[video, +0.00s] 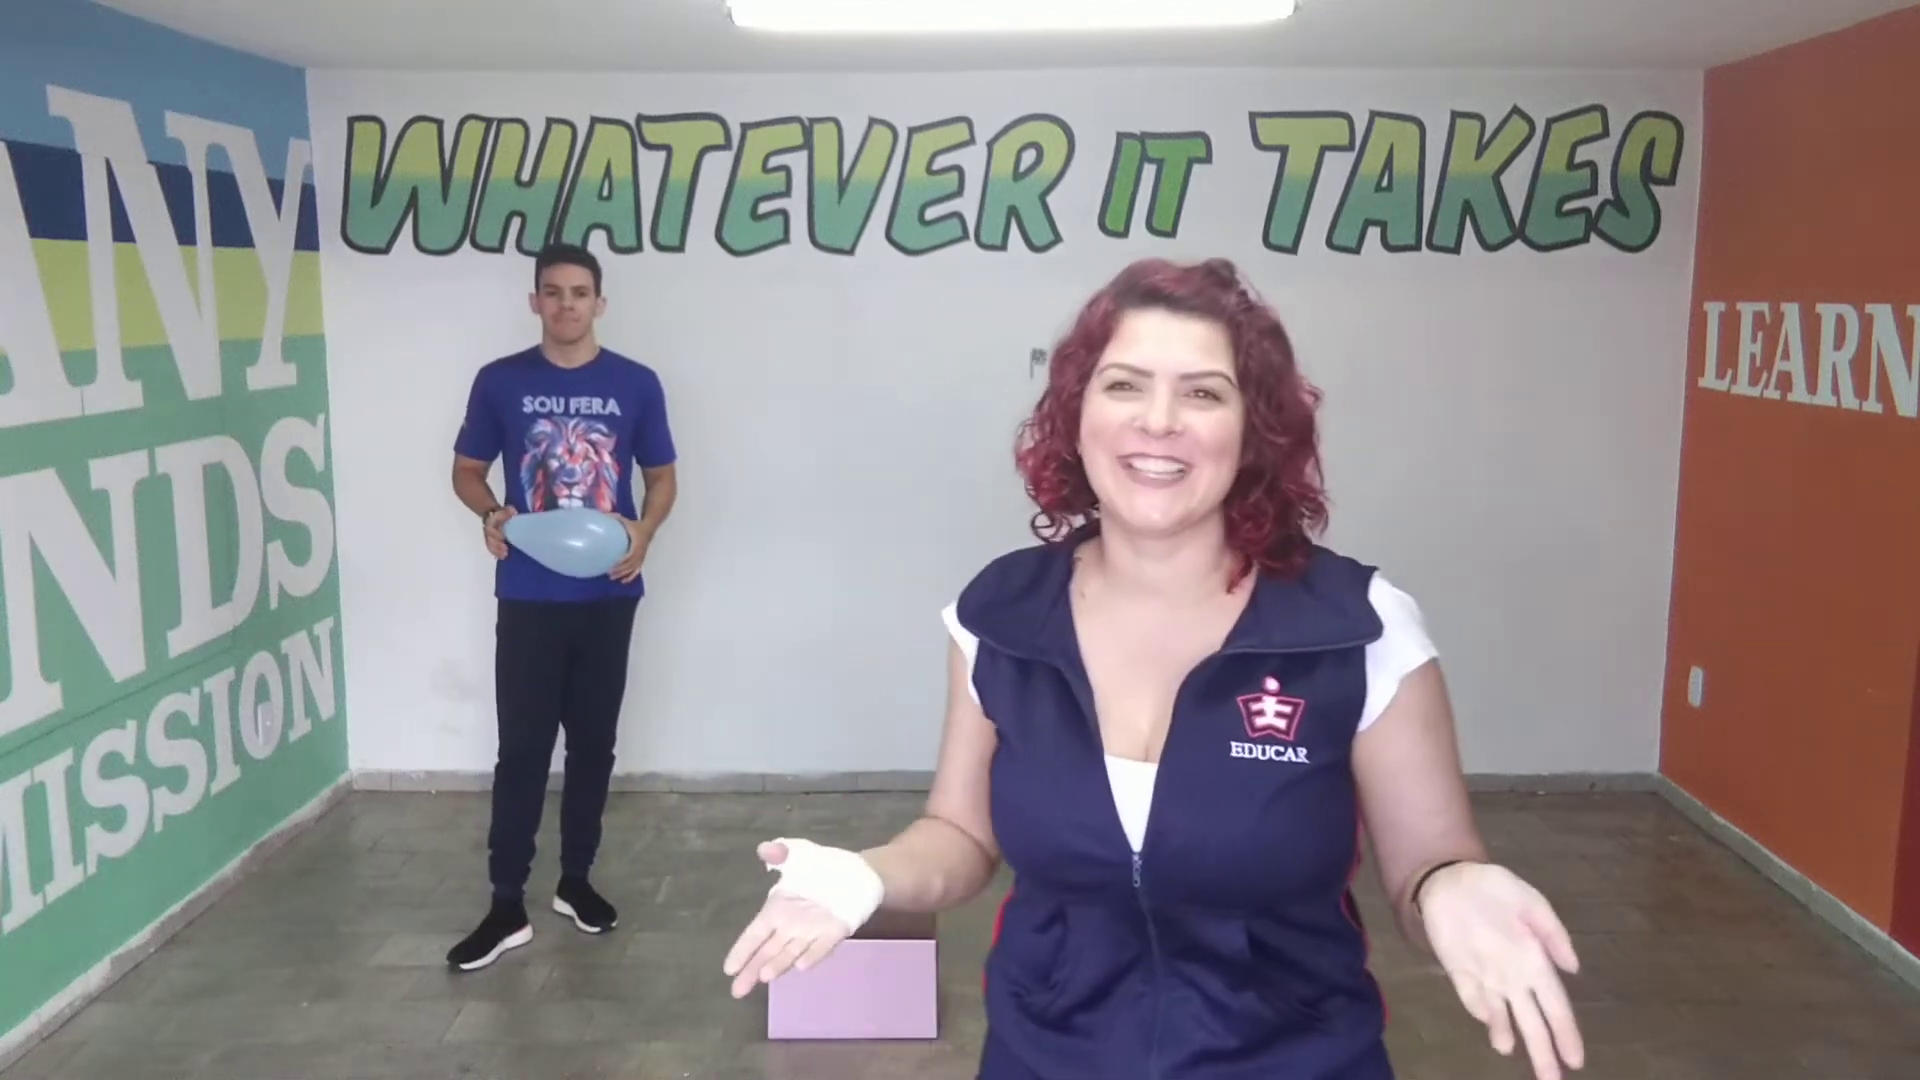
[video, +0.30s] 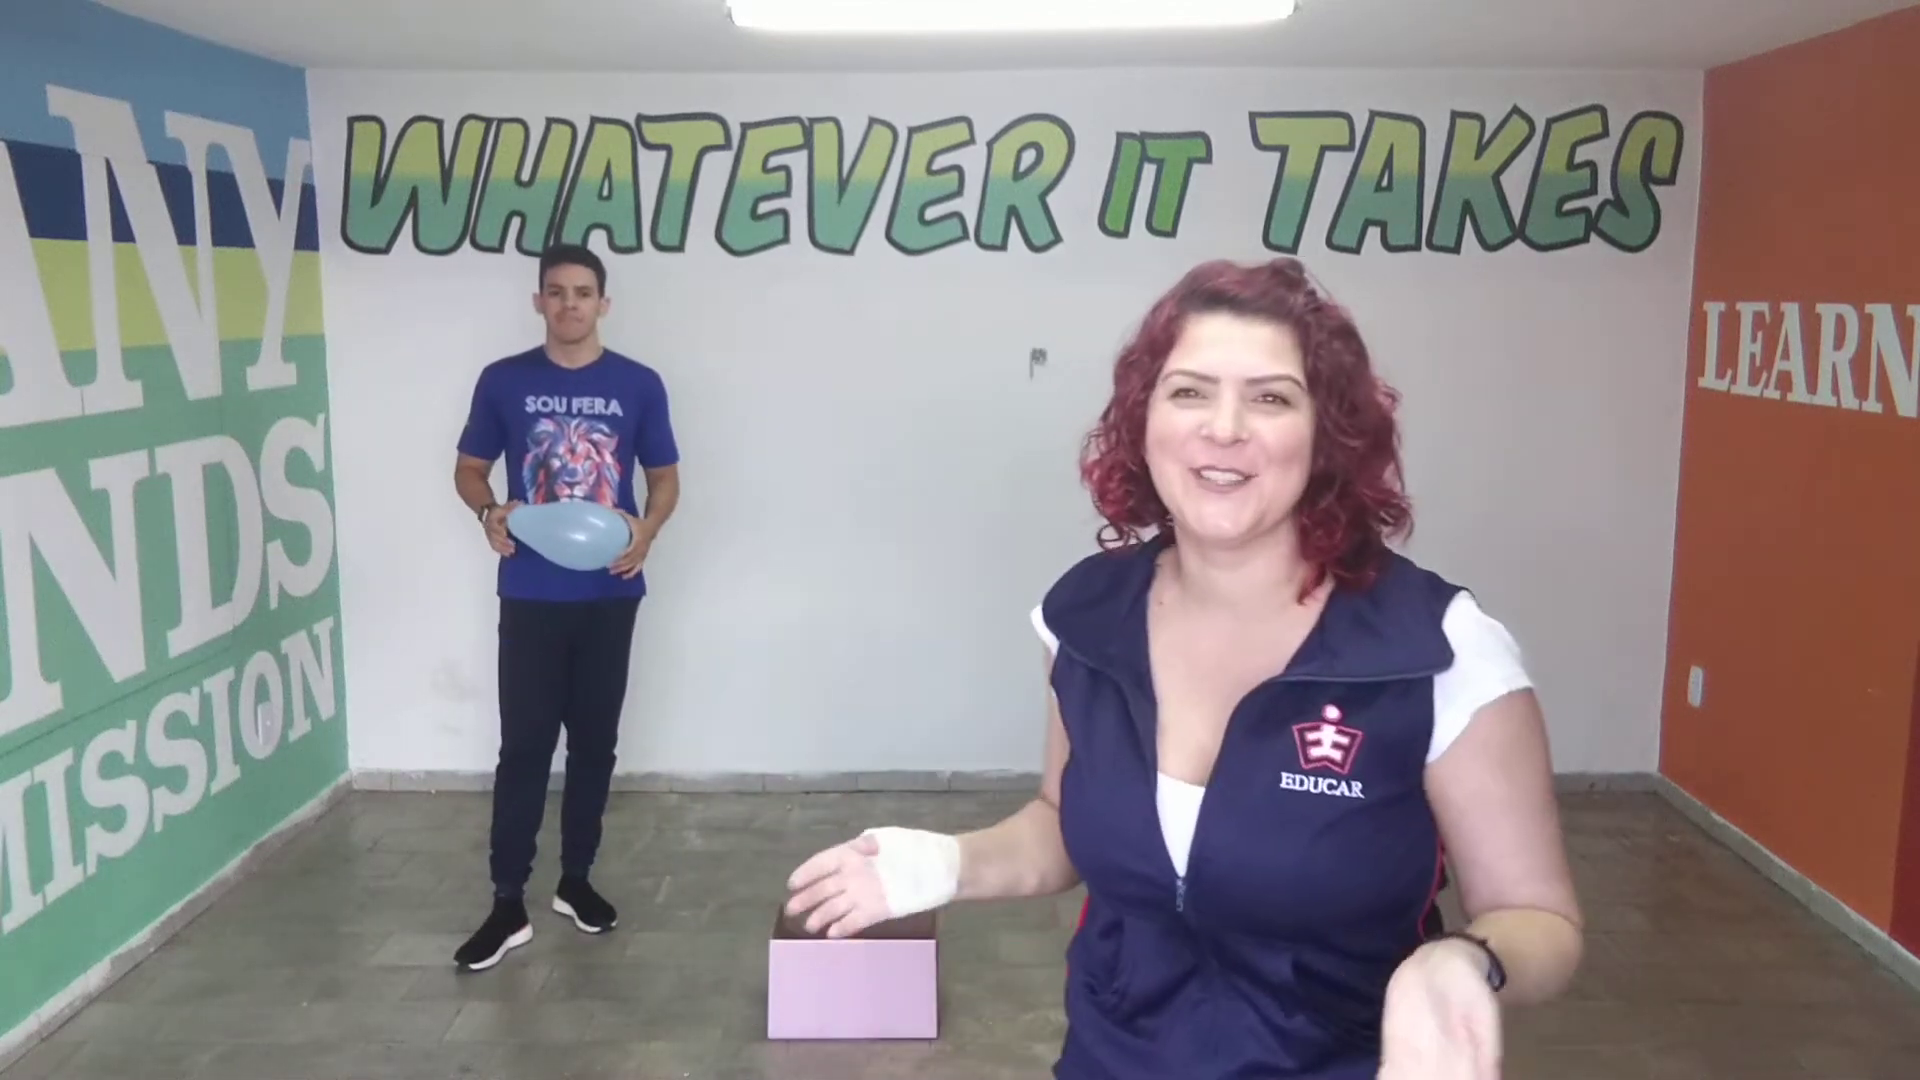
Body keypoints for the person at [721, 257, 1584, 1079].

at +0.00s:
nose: (1156, 422)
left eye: (1200, 393)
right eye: (1124, 386)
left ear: (1254, 430)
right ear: (1075, 411)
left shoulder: (1356, 627)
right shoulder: (1003, 613)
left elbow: (1430, 871)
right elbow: (958, 833)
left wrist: (1453, 882)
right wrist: (865, 876)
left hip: (1286, 1050)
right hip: (1050, 1048)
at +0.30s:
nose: (1223, 431)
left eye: (1269, 398)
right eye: (1191, 393)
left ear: (1326, 435)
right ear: (1141, 421)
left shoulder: (1439, 652)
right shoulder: (1088, 615)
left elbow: (1540, 922)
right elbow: (1064, 828)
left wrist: (1465, 958)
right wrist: (943, 862)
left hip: (1335, 1057)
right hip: (1111, 1053)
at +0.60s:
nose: (1278, 443)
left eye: (1324, 405)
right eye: (1241, 406)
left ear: (1389, 434)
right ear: (1197, 433)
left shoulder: (1504, 662)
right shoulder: (1137, 612)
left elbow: (1577, 960)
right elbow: (1070, 811)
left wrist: (1389, 991)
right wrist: (1057, 868)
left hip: (1389, 1063)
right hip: (1142, 1060)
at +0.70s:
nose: (1285, 456)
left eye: (1327, 413)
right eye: (1245, 418)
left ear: (1395, 434)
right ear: (1203, 443)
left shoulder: (1519, 655)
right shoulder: (1141, 616)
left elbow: (1589, 951)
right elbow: (1054, 842)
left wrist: (1384, 974)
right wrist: (1137, 911)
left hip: (1401, 1063)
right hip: (1154, 1059)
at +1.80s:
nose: (1205, 440)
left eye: (1244, 399)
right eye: (1165, 405)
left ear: (1303, 416)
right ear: (1120, 433)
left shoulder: (1409, 622)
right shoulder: (1049, 614)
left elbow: (1487, 898)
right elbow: (956, 881)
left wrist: (1362, 912)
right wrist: (1135, 910)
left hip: (1336, 1062)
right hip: (1091, 1060)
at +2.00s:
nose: (1157, 408)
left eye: (1199, 381)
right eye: (1121, 379)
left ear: (1254, 415)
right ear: (1073, 413)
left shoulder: (1349, 627)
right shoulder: (993, 609)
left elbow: (1430, 909)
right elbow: (907, 866)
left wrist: (1268, 919)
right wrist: (1052, 911)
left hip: (1271, 1062)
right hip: (1027, 1059)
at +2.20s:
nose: (1111, 383)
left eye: (1152, 367)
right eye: (1075, 355)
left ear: (1193, 424)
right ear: (1020, 398)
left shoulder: (1281, 619)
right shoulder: (932, 599)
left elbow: (1360, 903)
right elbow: (864, 835)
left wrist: (1165, 920)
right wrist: (955, 910)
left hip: (1206, 1060)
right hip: (968, 1057)